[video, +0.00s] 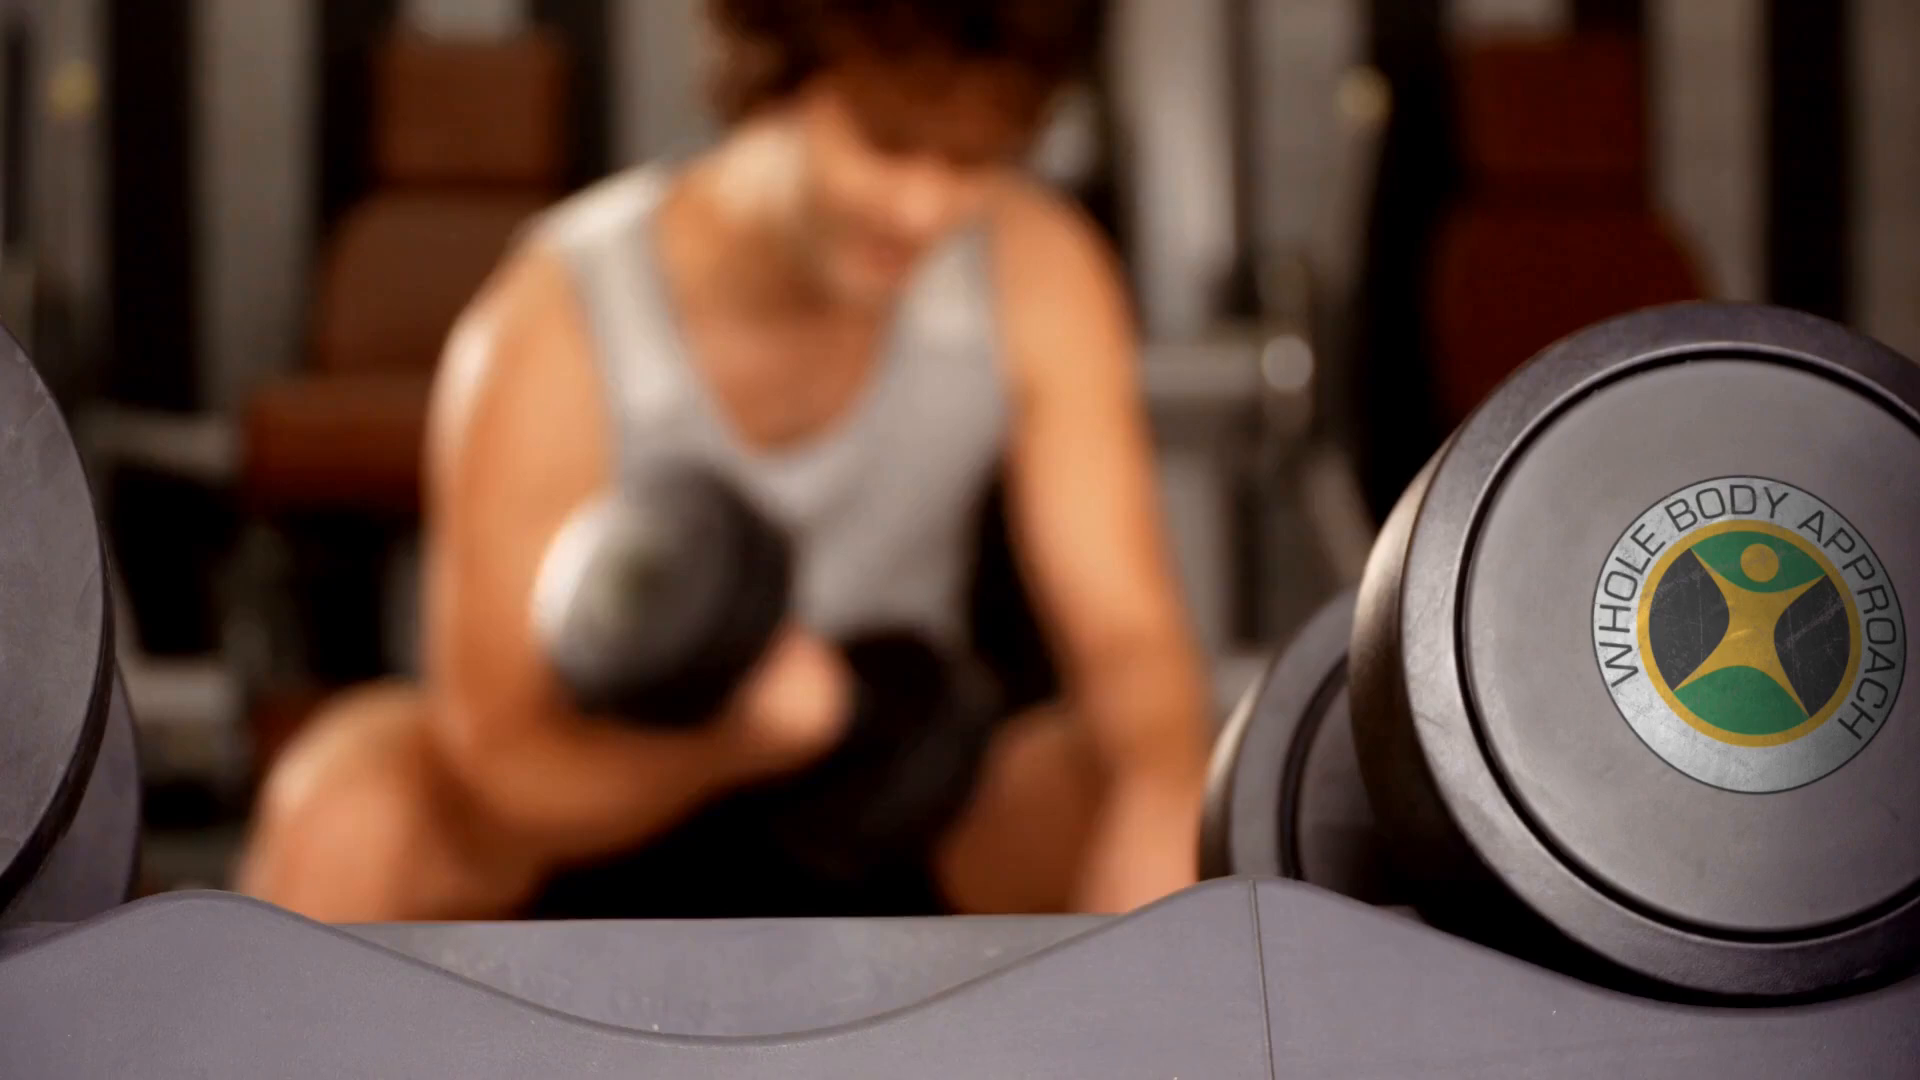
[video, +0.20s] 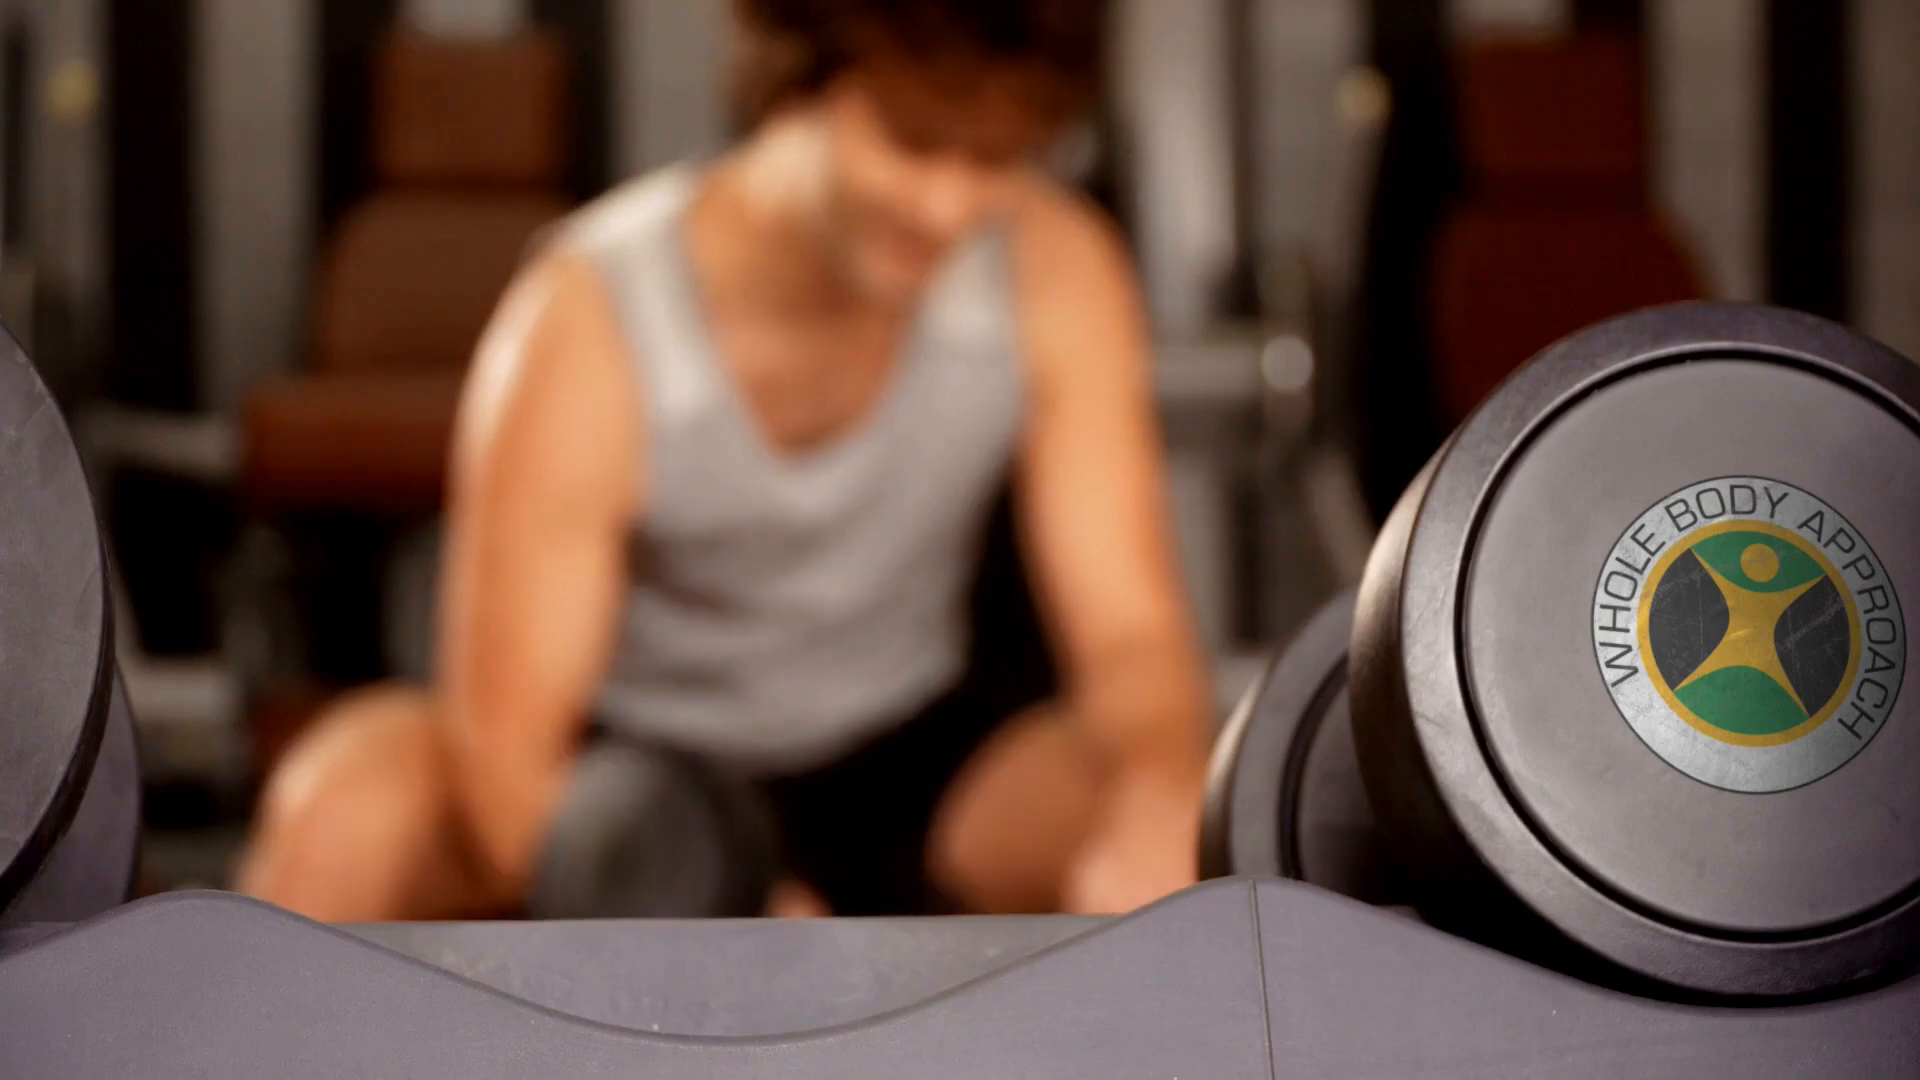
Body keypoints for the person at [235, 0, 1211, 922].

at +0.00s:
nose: (924, 209)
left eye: (975, 163)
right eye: (887, 144)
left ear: (1021, 147)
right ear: (777, 79)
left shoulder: (1031, 263)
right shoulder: (550, 322)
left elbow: (1131, 646)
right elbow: (513, 774)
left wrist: (1155, 832)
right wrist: (743, 738)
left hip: (885, 795)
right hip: (597, 809)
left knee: (1165, 799)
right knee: (345, 802)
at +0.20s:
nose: (946, 208)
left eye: (997, 162)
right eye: (911, 144)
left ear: (1040, 147)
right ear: (801, 83)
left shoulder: (1050, 264)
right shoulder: (587, 310)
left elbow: (1130, 642)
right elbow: (509, 753)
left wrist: (1154, 816)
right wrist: (724, 910)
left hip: (905, 766)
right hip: (625, 767)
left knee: (1168, 815)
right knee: (345, 795)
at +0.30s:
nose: (958, 213)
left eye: (1006, 168)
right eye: (924, 151)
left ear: (1047, 149)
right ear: (812, 88)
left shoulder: (1055, 266)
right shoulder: (600, 312)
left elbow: (1132, 646)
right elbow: (511, 775)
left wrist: (1154, 820)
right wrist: (638, 1017)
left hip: (902, 780)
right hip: (625, 787)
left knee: (1158, 814)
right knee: (351, 792)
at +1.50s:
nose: (928, 299)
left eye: (978, 263)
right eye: (902, 242)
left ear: (1040, 219)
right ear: (821, 133)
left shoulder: (1057, 262)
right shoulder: (595, 314)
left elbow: (1131, 640)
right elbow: (513, 749)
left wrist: (1172, 841)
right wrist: (699, 947)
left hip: (905, 763)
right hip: (629, 776)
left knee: (1194, 813)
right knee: (365, 791)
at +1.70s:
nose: (908, 308)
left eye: (959, 269)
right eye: (884, 249)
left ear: (1023, 230)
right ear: (798, 138)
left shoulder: (1039, 264)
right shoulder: (546, 312)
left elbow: (1131, 641)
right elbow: (512, 733)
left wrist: (1173, 839)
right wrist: (734, 784)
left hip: (898, 809)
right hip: (617, 813)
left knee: (1192, 779)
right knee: (370, 777)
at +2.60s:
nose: (894, 271)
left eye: (944, 232)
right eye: (869, 214)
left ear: (1003, 177)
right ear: (784, 115)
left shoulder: (1034, 257)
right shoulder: (545, 314)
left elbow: (1126, 638)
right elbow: (514, 740)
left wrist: (1194, 806)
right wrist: (840, 820)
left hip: (900, 793)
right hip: (609, 796)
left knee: (1192, 796)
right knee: (361, 784)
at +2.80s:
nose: (915, 281)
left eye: (969, 241)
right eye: (890, 219)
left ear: (1024, 193)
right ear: (803, 120)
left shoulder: (1053, 265)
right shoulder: (584, 313)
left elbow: (1133, 644)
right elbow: (520, 793)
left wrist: (1202, 819)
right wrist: (680, 1043)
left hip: (902, 780)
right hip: (623, 789)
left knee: (1194, 811)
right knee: (365, 799)